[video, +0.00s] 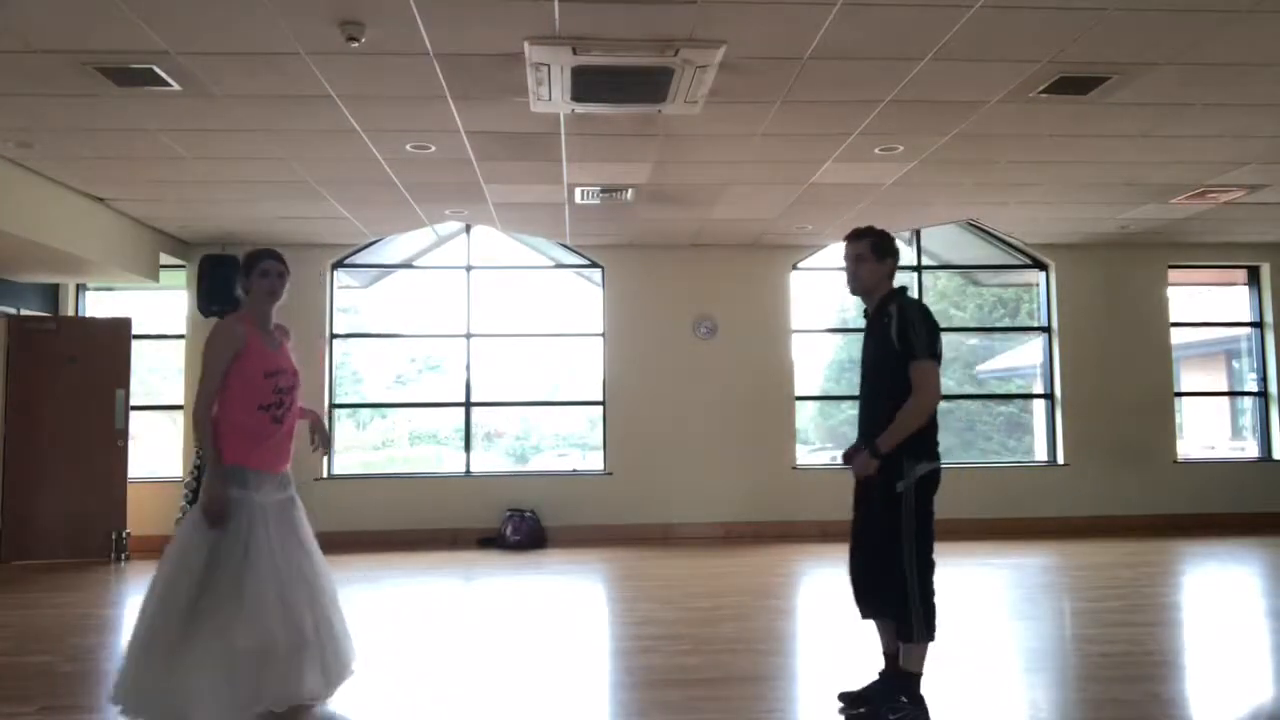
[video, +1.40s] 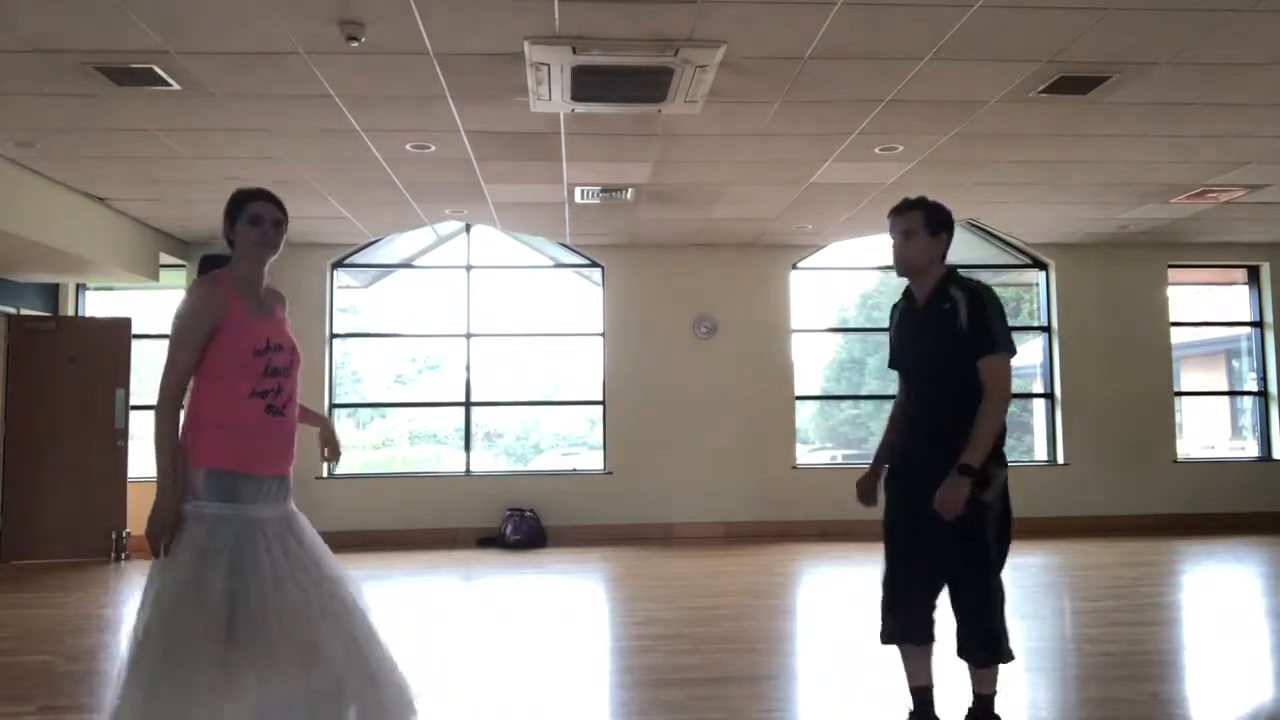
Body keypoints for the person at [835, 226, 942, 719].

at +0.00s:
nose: (849, 272)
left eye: (858, 263)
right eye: (848, 263)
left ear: (886, 266)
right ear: (859, 269)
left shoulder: (910, 314)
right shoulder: (878, 319)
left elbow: (927, 394)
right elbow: (884, 393)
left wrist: (875, 449)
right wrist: (865, 443)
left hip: (909, 465)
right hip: (879, 463)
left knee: (907, 569)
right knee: (872, 567)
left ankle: (909, 690)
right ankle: (892, 677)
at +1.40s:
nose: (896, 246)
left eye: (906, 236)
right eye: (894, 237)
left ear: (939, 241)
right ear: (896, 244)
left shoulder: (976, 301)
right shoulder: (903, 312)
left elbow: (998, 395)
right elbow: (907, 397)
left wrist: (965, 472)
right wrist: (877, 465)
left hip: (971, 473)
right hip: (912, 472)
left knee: (977, 594)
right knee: (907, 595)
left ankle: (983, 710)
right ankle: (922, 710)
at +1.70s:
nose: (934, 239)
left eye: (946, 227)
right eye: (927, 229)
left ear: (973, 233)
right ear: (920, 237)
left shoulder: (1010, 299)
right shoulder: (918, 311)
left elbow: (1040, 394)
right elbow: (904, 401)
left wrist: (1024, 474)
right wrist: (870, 475)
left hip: (994, 479)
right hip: (931, 479)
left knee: (1010, 614)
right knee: (914, 609)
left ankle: (1052, 714)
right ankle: (925, 712)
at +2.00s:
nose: (969, 222)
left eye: (983, 210)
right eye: (964, 212)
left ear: (1019, 218)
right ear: (962, 222)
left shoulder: (1060, 281)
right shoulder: (975, 301)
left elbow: (1099, 380)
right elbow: (977, 398)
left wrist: (1098, 481)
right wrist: (938, 475)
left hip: (1051, 480)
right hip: (987, 480)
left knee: (1065, 622)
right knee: (971, 608)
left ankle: (1082, 713)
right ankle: (982, 713)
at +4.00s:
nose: (994, 212)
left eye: (1009, 203)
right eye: (998, 203)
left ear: (1048, 212)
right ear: (1034, 215)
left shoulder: (1081, 274)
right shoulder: (1021, 293)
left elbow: (1100, 385)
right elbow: (1018, 398)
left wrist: (1062, 479)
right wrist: (986, 478)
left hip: (1068, 485)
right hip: (1025, 482)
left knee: (1081, 634)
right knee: (1052, 632)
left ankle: (1095, 715)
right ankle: (1069, 713)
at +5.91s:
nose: (984, 212)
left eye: (997, 202)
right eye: (988, 201)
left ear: (1037, 210)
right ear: (1025, 214)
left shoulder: (1076, 273)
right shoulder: (1019, 289)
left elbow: (1097, 388)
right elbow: (1017, 395)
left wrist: (1065, 487)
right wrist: (988, 477)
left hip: (1068, 484)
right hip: (1025, 483)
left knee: (1085, 633)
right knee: (1052, 631)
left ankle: (1099, 714)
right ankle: (1070, 712)